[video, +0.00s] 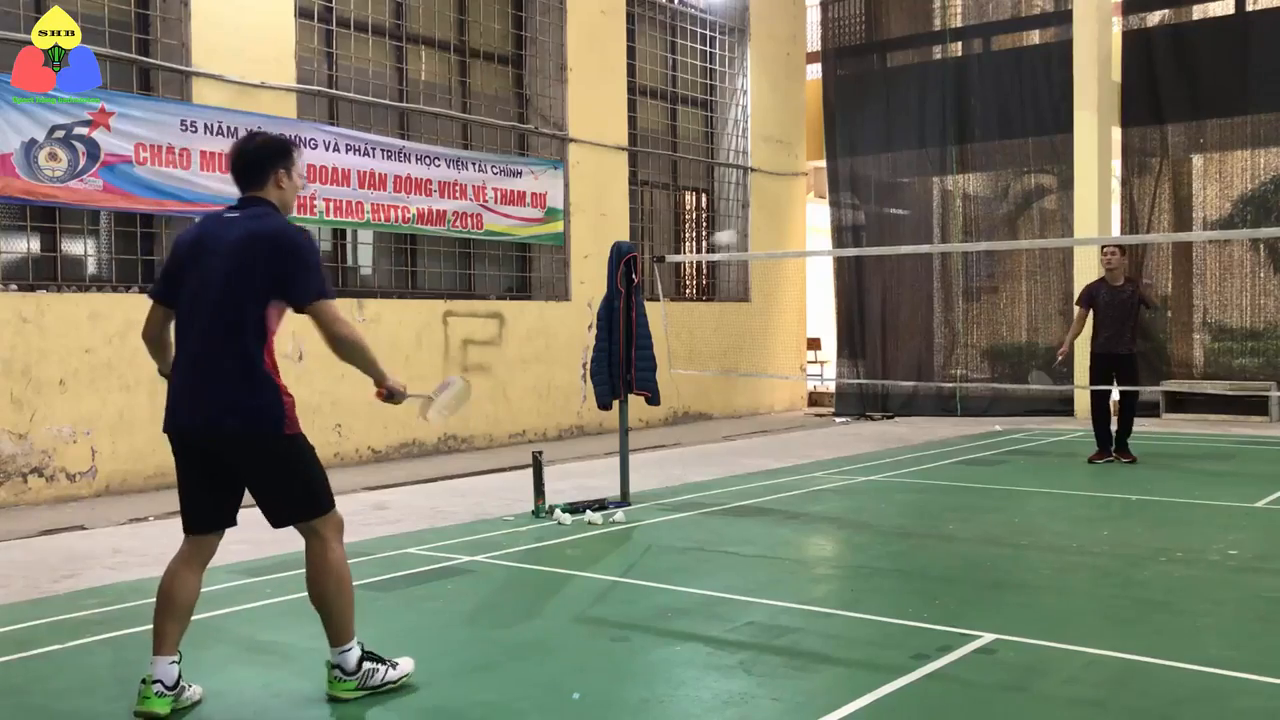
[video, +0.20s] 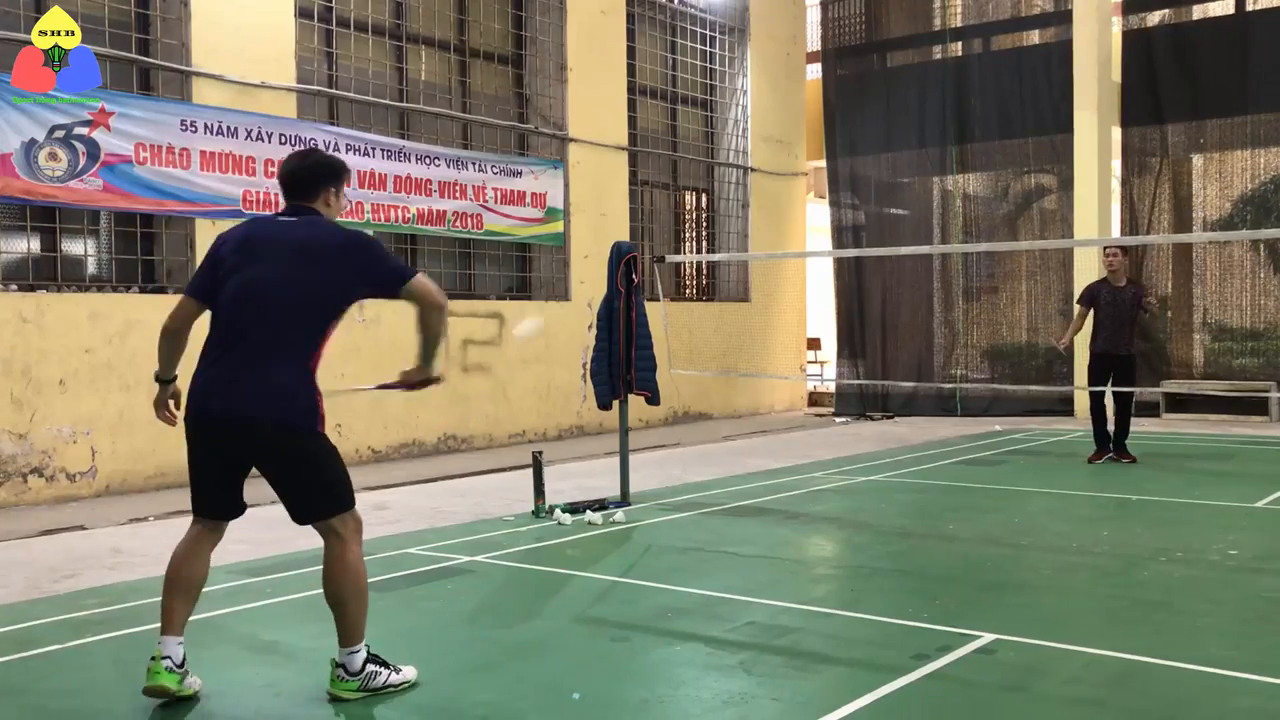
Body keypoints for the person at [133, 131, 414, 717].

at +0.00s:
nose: (300, 188)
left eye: (298, 177)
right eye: (297, 177)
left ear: (243, 180)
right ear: (279, 178)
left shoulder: (196, 235)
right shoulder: (286, 239)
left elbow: (154, 331)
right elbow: (337, 330)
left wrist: (177, 375)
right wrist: (381, 374)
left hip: (191, 416)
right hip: (258, 416)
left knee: (197, 542)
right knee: (324, 529)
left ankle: (161, 679)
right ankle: (349, 664)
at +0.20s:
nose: (346, 203)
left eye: (346, 194)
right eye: (345, 194)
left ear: (285, 193)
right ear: (331, 195)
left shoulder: (236, 238)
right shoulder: (346, 245)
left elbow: (177, 322)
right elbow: (434, 299)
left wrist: (166, 379)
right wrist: (427, 365)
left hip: (211, 410)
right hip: (284, 415)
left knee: (205, 524)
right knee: (343, 529)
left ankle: (167, 659)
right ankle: (353, 664)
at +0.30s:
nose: (351, 205)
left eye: (349, 196)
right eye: (350, 197)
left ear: (292, 194)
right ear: (340, 198)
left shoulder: (241, 236)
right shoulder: (359, 246)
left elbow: (177, 315)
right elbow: (451, 281)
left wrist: (158, 369)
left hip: (213, 411)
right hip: (289, 416)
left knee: (193, 527)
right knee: (344, 529)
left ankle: (165, 663)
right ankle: (354, 664)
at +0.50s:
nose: (330, 200)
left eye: (326, 190)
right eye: (327, 191)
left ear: (269, 189)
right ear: (314, 192)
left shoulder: (219, 234)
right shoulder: (336, 236)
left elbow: (148, 310)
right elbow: (438, 240)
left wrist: (123, 364)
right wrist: (506, 237)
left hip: (196, 412)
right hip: (276, 416)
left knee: (153, 534)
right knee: (335, 528)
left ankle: (104, 667)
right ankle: (354, 663)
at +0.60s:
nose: (300, 197)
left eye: (296, 186)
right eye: (297, 188)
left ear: (239, 190)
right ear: (284, 192)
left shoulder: (188, 246)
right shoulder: (307, 243)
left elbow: (125, 327)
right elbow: (414, 255)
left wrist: (106, 391)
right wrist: (482, 261)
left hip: (177, 430)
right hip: (256, 430)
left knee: (128, 546)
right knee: (326, 532)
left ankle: (54, 670)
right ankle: (354, 662)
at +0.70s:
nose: (263, 206)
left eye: (259, 196)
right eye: (259, 197)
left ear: (205, 204)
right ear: (244, 203)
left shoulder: (155, 260)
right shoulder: (266, 257)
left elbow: (101, 350)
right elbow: (362, 300)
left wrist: (107, 410)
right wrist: (424, 311)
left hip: (145, 439)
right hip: (219, 441)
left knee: (104, 565)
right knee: (303, 543)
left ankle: (28, 689)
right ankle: (352, 663)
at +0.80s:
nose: (239, 218)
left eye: (236, 207)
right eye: (236, 208)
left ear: (178, 213)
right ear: (219, 211)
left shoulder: (133, 261)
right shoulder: (227, 265)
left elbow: (93, 354)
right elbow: (304, 336)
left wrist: (160, 385)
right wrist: (365, 357)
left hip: (101, 440)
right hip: (172, 441)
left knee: (97, 568)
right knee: (257, 554)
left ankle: (25, 696)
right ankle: (334, 662)